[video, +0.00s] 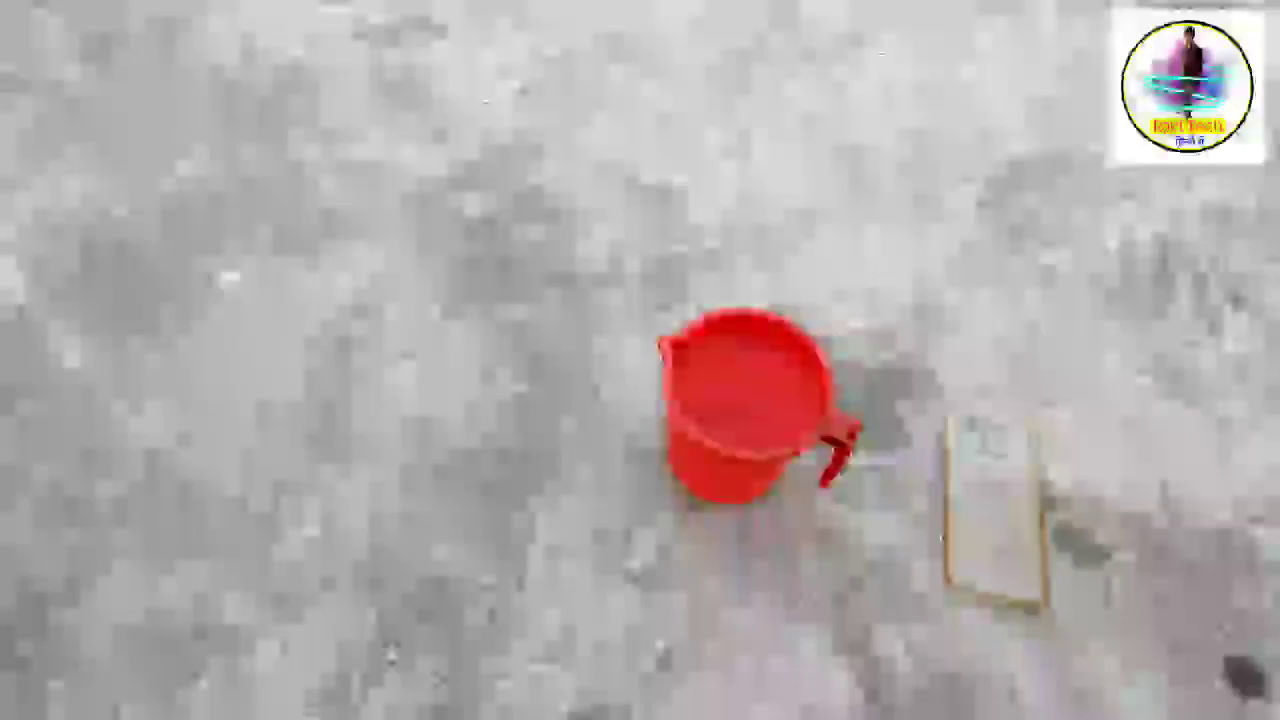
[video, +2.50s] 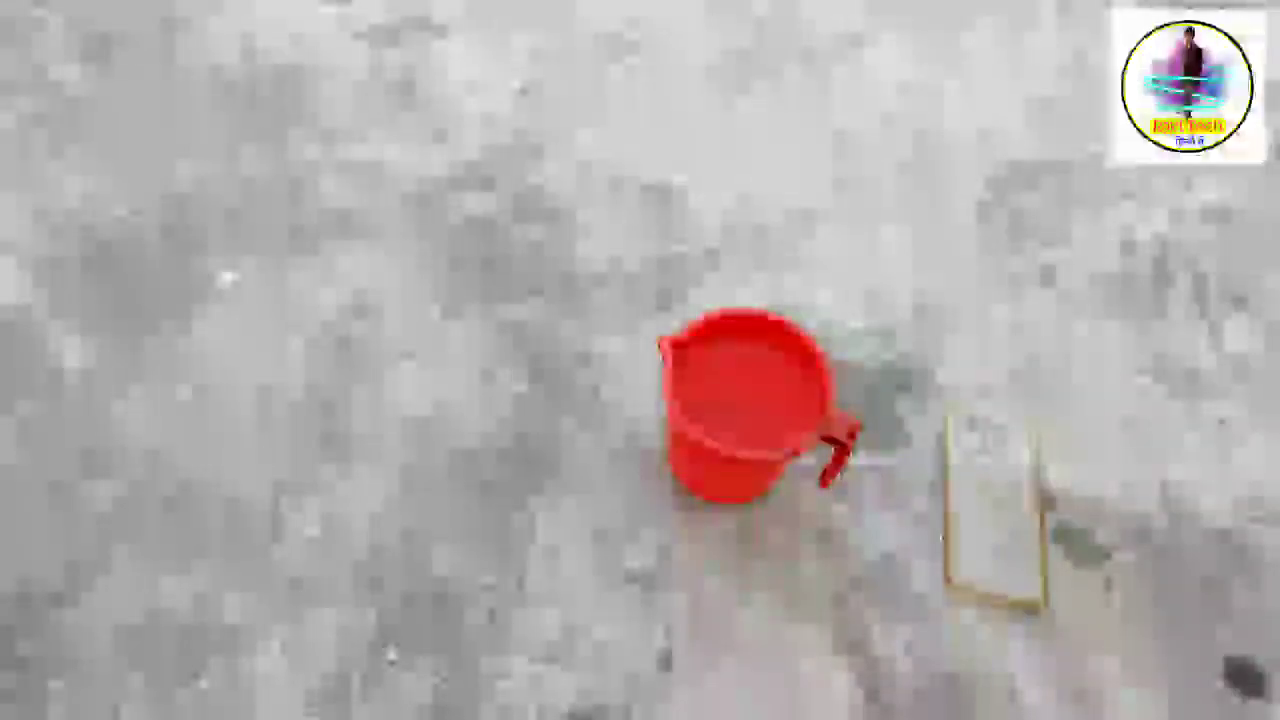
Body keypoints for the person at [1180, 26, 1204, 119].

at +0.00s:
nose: (1187, 38)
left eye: (1189, 35)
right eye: (1186, 36)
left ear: (1193, 36)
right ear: (1184, 36)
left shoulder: (1197, 50)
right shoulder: (1182, 50)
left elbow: (1199, 64)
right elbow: (1177, 62)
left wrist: (1198, 75)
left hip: (1194, 75)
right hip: (1184, 74)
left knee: (1190, 93)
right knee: (1185, 93)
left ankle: (1188, 112)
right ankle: (1186, 111)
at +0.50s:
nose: (1187, 38)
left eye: (1189, 35)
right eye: (1186, 35)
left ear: (1193, 36)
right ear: (1184, 36)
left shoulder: (1197, 50)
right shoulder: (1182, 50)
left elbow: (1199, 64)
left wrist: (1198, 75)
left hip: (1194, 75)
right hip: (1184, 74)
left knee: (1190, 93)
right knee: (1186, 93)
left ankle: (1188, 112)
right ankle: (1186, 112)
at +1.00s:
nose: (1187, 38)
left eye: (1189, 36)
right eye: (1186, 36)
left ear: (1193, 36)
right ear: (1184, 36)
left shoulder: (1197, 50)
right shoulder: (1182, 50)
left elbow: (1199, 64)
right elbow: (1177, 62)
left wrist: (1198, 75)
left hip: (1194, 75)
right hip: (1184, 74)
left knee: (1190, 93)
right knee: (1185, 93)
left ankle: (1188, 112)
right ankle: (1186, 112)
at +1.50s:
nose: (1187, 38)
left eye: (1189, 36)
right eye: (1186, 36)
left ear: (1193, 36)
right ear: (1184, 36)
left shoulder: (1197, 50)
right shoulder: (1182, 50)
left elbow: (1199, 63)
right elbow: (1178, 61)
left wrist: (1199, 73)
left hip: (1194, 74)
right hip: (1184, 73)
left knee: (1190, 92)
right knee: (1185, 92)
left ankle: (1188, 111)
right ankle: (1186, 110)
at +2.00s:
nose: (1187, 38)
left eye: (1189, 36)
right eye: (1186, 36)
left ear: (1193, 36)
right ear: (1184, 36)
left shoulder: (1197, 50)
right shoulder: (1181, 49)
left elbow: (1199, 65)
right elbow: (1176, 61)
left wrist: (1197, 75)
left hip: (1193, 75)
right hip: (1183, 74)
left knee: (1190, 93)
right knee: (1185, 93)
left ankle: (1188, 112)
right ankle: (1185, 111)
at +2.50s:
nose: (1187, 38)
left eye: (1189, 36)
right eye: (1186, 36)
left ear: (1193, 36)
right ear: (1184, 36)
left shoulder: (1197, 50)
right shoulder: (1181, 49)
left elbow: (1199, 64)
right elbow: (1176, 61)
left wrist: (1197, 75)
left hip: (1193, 75)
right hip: (1183, 74)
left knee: (1190, 93)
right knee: (1185, 93)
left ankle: (1188, 111)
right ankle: (1186, 111)